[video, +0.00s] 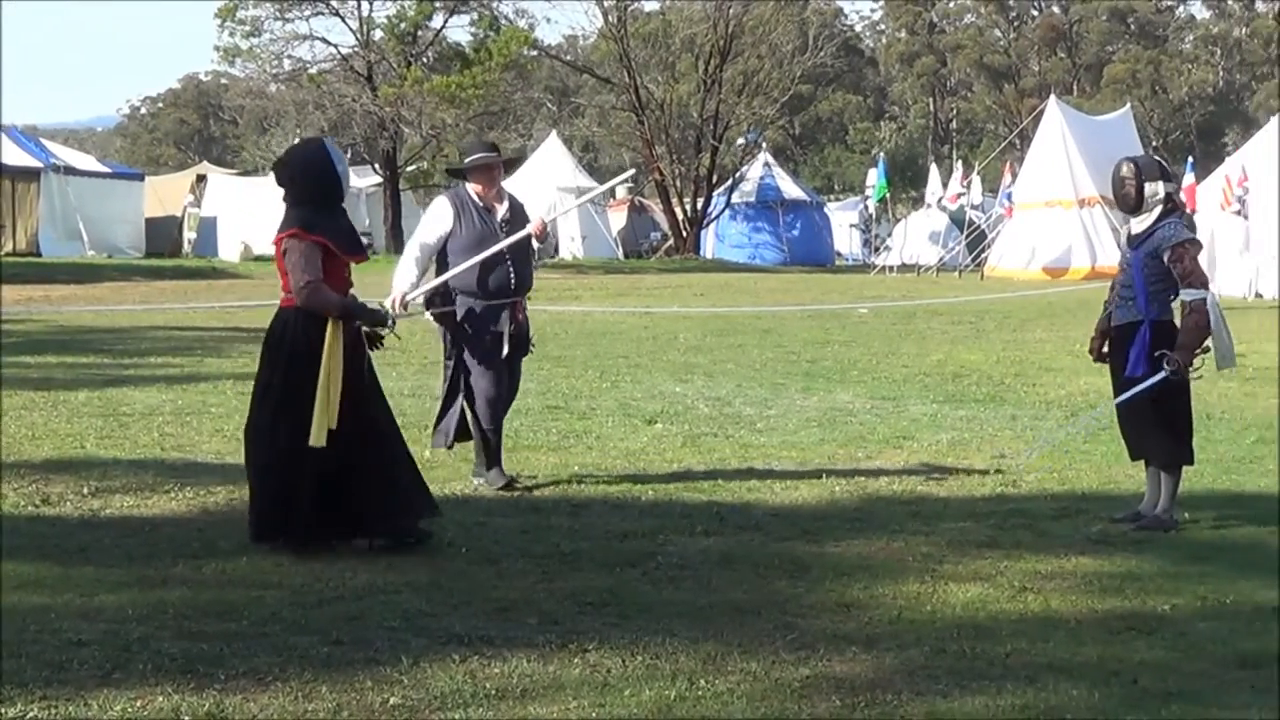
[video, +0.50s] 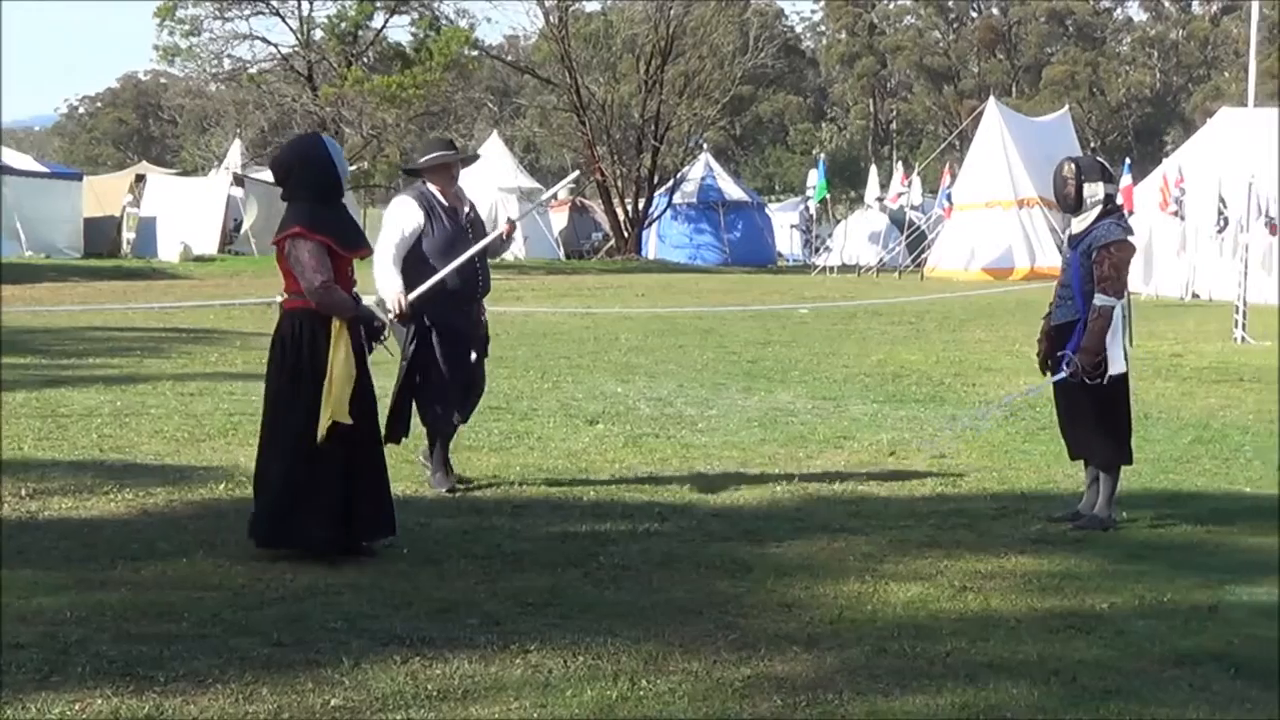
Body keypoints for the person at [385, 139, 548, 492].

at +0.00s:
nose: (488, 176)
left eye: (493, 168)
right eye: (480, 171)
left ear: (501, 169)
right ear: (466, 174)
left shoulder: (514, 205)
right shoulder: (448, 207)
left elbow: (535, 255)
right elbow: (419, 247)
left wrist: (541, 239)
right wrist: (402, 285)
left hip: (512, 307)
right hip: (472, 310)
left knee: (507, 387)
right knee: (487, 388)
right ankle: (489, 468)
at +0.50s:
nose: (450, 173)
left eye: (453, 166)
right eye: (442, 168)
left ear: (459, 167)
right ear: (426, 171)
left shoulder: (465, 202)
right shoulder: (408, 206)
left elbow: (484, 250)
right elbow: (385, 254)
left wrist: (502, 238)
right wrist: (392, 289)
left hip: (468, 309)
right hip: (429, 311)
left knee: (472, 384)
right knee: (437, 387)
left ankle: (435, 447)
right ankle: (440, 466)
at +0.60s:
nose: (445, 172)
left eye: (447, 165)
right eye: (438, 166)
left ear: (451, 166)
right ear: (421, 170)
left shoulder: (455, 201)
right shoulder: (400, 205)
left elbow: (474, 251)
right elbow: (382, 254)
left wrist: (494, 237)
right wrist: (400, 285)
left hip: (461, 312)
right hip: (423, 315)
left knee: (472, 386)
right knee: (425, 393)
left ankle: (452, 454)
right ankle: (424, 468)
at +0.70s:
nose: (442, 172)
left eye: (444, 165)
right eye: (435, 166)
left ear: (448, 167)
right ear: (418, 169)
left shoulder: (451, 200)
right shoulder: (397, 203)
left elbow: (470, 248)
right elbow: (381, 251)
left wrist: (491, 238)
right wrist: (408, 278)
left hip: (457, 312)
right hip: (417, 315)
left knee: (467, 394)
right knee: (417, 398)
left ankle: (469, 466)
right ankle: (417, 472)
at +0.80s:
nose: (439, 172)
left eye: (441, 166)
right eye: (431, 167)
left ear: (445, 168)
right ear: (413, 170)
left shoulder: (447, 203)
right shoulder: (395, 205)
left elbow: (464, 247)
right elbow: (381, 255)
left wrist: (491, 239)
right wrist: (417, 272)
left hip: (453, 316)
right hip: (414, 319)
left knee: (461, 398)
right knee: (411, 401)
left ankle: (480, 469)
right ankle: (407, 475)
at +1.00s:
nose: (447, 171)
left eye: (449, 164)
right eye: (440, 165)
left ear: (453, 167)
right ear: (423, 169)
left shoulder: (458, 205)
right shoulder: (403, 206)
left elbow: (473, 257)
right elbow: (385, 252)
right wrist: (422, 274)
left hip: (463, 316)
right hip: (424, 316)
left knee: (469, 399)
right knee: (412, 403)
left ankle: (473, 470)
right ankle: (392, 478)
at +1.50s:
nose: (457, 176)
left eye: (463, 168)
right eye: (450, 170)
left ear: (474, 170)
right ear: (437, 173)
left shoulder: (484, 204)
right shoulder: (418, 206)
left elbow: (496, 255)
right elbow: (386, 246)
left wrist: (517, 254)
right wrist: (375, 283)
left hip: (481, 313)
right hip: (438, 314)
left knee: (481, 393)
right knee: (454, 396)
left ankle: (457, 463)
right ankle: (460, 477)